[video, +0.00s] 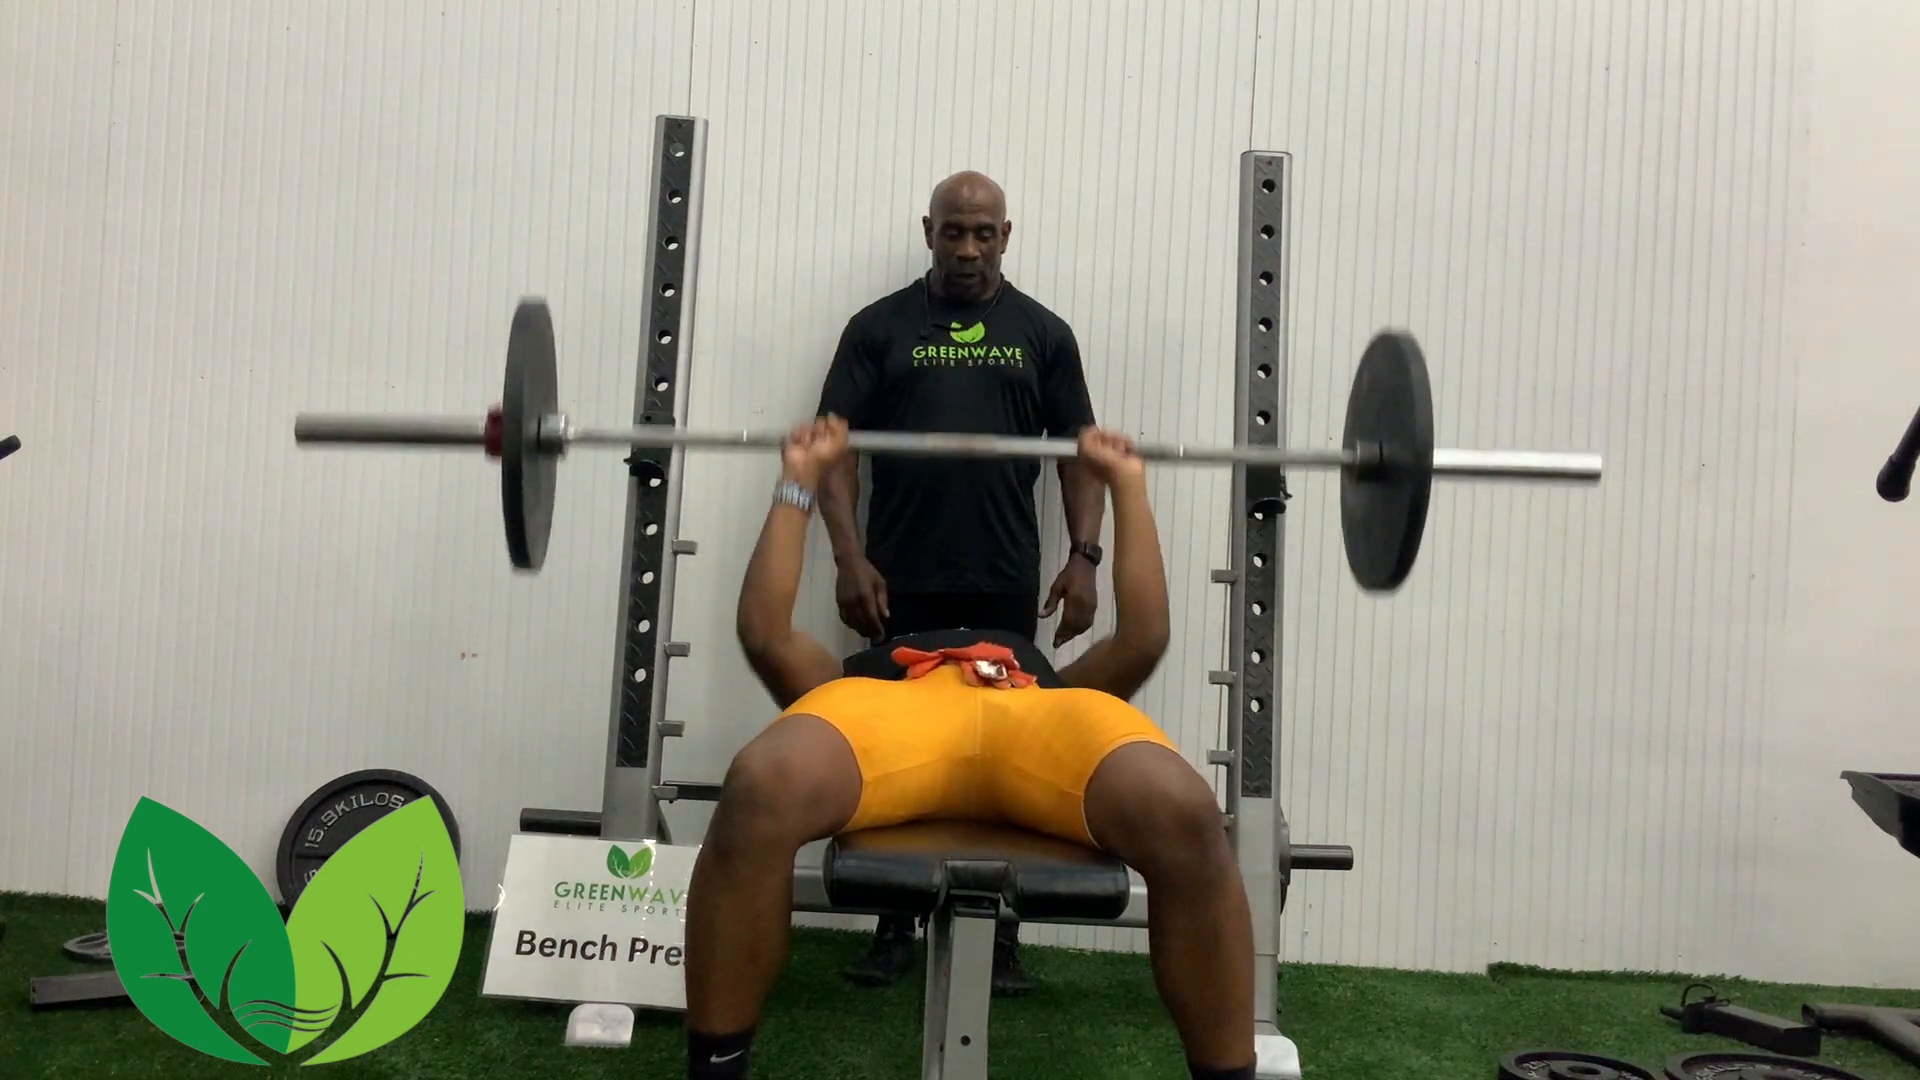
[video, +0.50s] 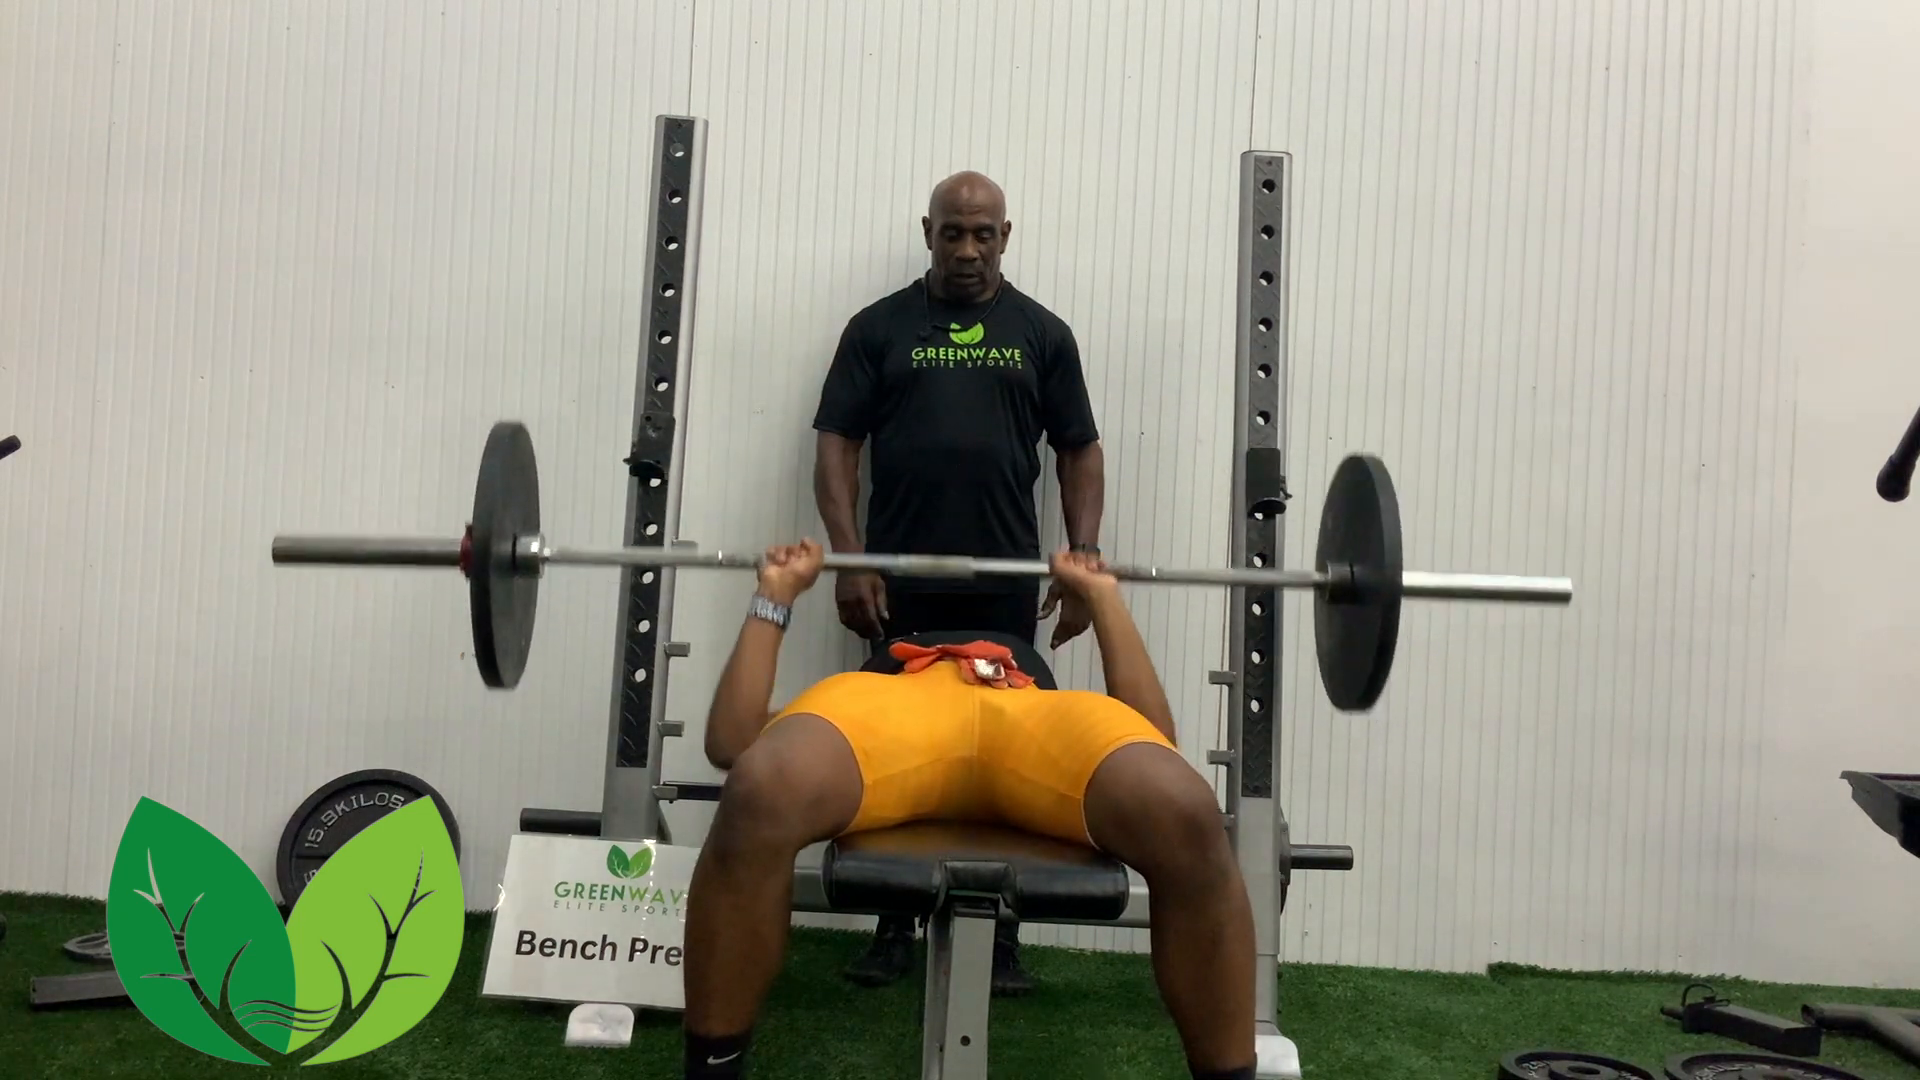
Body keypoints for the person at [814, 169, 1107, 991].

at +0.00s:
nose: (970, 248)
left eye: (986, 234)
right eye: (955, 233)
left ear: (1007, 240)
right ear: (929, 236)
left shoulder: (1044, 335)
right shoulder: (876, 332)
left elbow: (1077, 457)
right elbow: (835, 454)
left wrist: (1083, 556)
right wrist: (850, 558)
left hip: (1008, 585)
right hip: (903, 583)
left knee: (1012, 752)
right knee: (890, 748)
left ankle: (998, 929)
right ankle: (896, 918)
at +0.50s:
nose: (969, 249)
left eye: (985, 235)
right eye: (954, 233)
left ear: (1007, 239)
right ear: (928, 235)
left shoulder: (1041, 335)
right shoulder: (877, 330)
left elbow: (1079, 452)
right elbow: (836, 451)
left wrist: (1083, 560)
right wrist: (850, 562)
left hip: (1005, 591)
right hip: (903, 587)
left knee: (1011, 763)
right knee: (892, 757)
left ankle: (1000, 931)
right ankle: (895, 922)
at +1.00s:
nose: (969, 249)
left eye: (986, 235)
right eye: (954, 233)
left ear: (1006, 241)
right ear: (928, 234)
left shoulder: (1044, 336)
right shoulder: (879, 328)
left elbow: (1076, 461)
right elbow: (833, 445)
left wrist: (1082, 561)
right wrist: (847, 556)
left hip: (1008, 582)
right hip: (896, 580)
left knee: (1012, 746)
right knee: (887, 743)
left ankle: (1000, 926)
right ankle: (897, 919)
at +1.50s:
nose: (968, 245)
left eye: (984, 232)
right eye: (953, 230)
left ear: (1006, 239)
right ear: (927, 233)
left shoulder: (1041, 336)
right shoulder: (877, 330)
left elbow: (1078, 450)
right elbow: (836, 451)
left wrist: (1081, 555)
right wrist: (852, 565)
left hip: (1008, 592)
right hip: (899, 588)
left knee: (1012, 766)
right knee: (891, 763)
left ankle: (1001, 931)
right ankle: (895, 925)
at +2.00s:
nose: (966, 244)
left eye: (983, 230)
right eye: (951, 228)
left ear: (1004, 238)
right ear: (927, 233)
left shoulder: (1041, 334)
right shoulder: (877, 330)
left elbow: (1077, 457)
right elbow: (842, 453)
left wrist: (1084, 556)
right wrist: (848, 556)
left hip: (1008, 584)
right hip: (899, 578)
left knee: (1013, 753)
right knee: (889, 747)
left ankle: (1000, 929)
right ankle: (896, 919)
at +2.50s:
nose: (968, 244)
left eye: (984, 231)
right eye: (952, 229)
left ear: (1005, 239)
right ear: (927, 235)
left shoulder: (1042, 336)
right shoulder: (876, 330)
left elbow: (1079, 452)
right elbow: (835, 447)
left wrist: (1082, 558)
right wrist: (848, 560)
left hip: (1006, 590)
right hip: (901, 587)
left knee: (1012, 761)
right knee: (889, 757)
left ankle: (1000, 930)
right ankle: (895, 922)